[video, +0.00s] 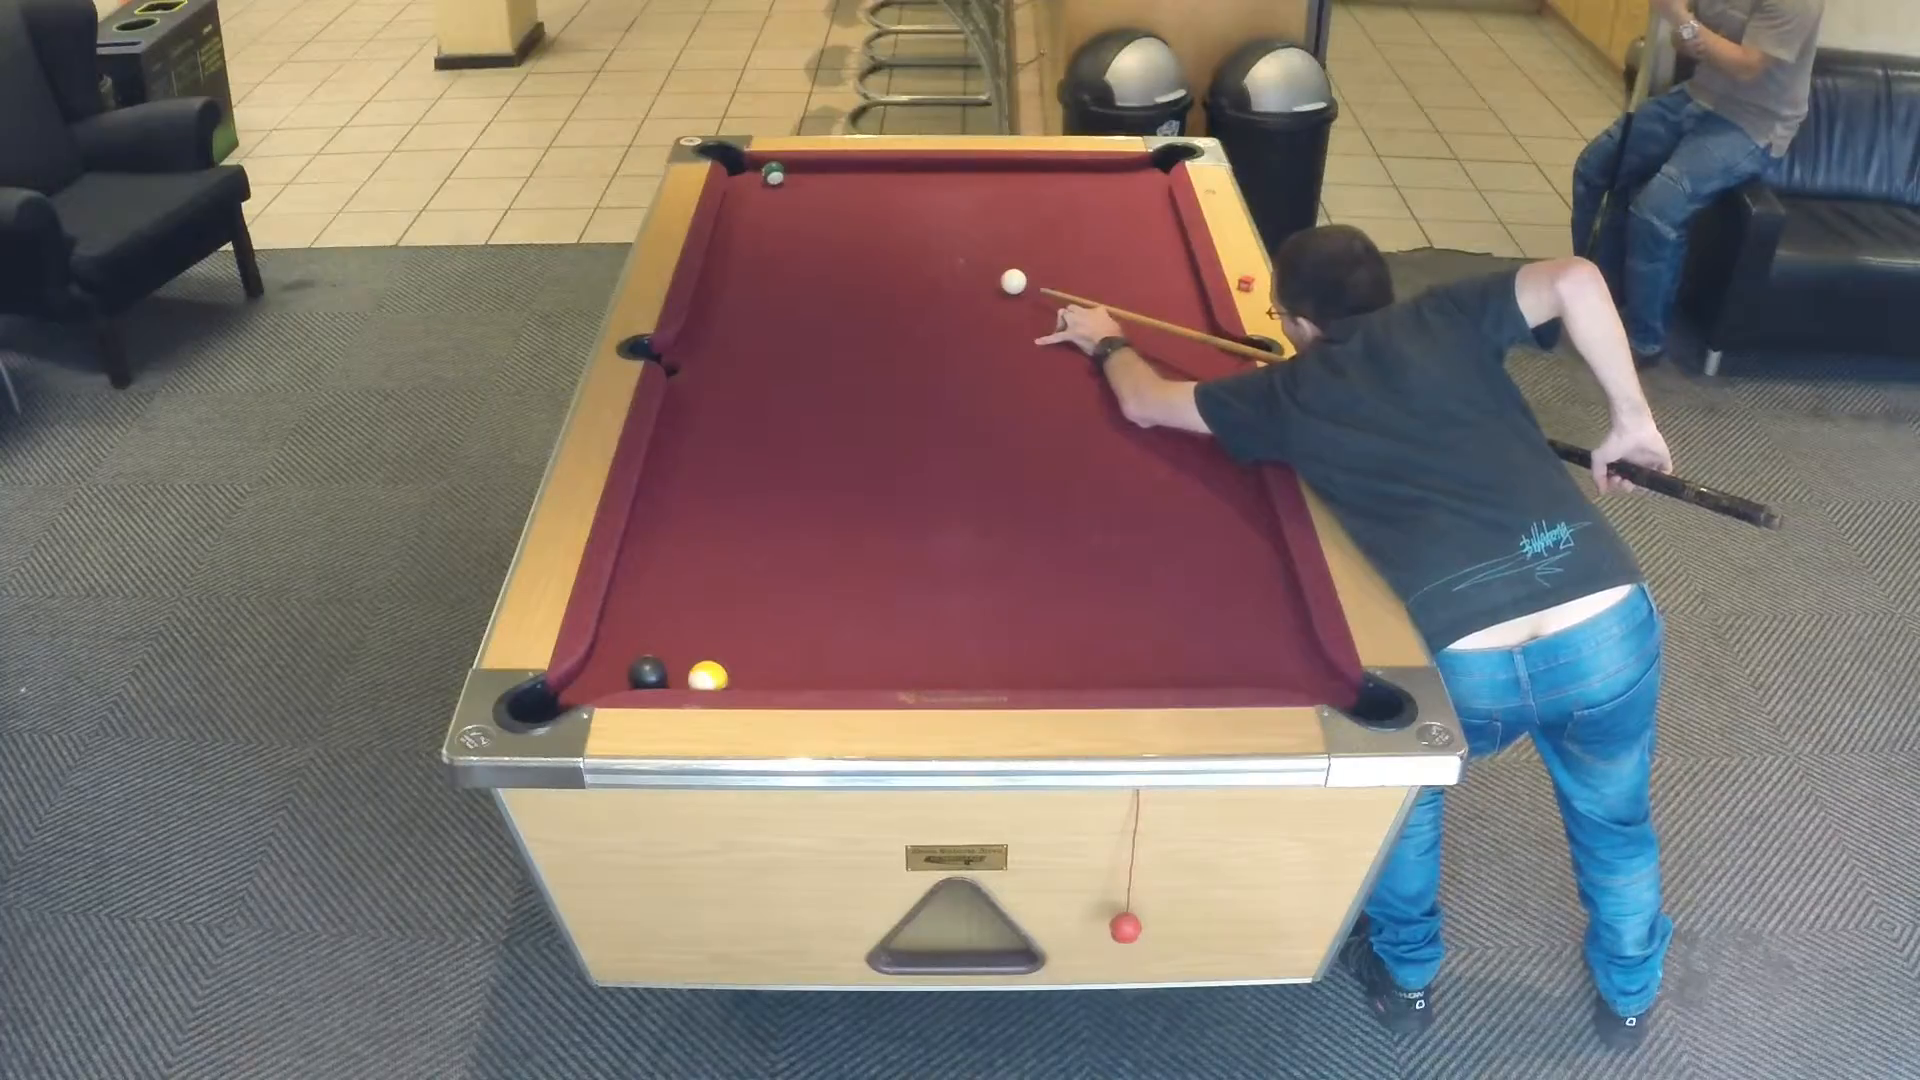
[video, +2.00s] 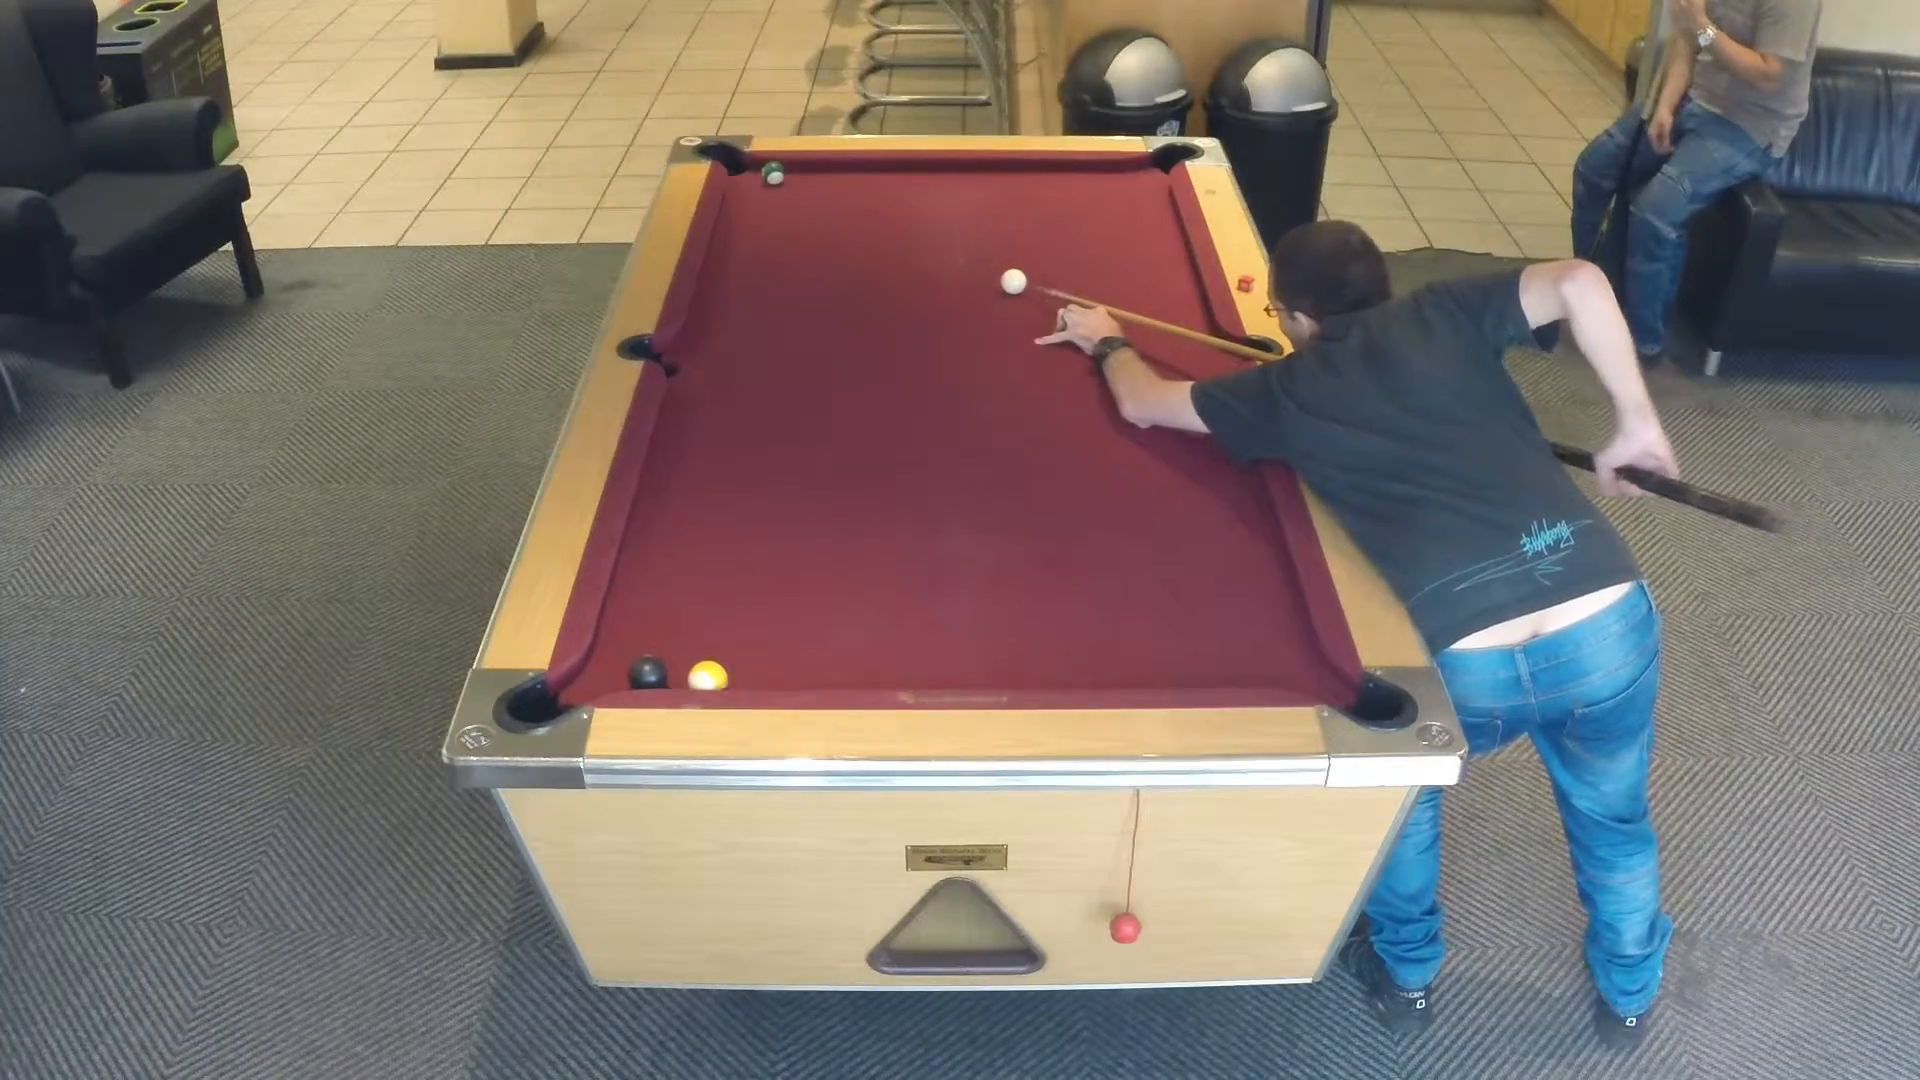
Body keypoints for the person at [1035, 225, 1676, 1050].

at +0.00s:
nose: (1281, 324)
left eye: (1283, 311)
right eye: (1281, 311)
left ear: (1300, 323)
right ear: (1386, 295)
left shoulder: (1289, 392)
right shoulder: (1451, 317)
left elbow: (1147, 401)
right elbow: (1574, 278)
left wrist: (1106, 340)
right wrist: (1635, 415)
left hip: (1468, 660)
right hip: (1607, 624)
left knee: (1401, 775)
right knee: (1617, 822)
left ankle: (1406, 971)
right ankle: (1631, 992)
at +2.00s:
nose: (1278, 318)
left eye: (1280, 306)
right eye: (1278, 306)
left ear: (1299, 318)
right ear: (1383, 290)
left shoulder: (1287, 389)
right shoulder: (1448, 313)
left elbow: (1145, 399)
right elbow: (1578, 280)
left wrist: (1106, 341)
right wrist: (1639, 416)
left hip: (1466, 659)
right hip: (1607, 622)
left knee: (1396, 771)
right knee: (1616, 820)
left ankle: (1408, 966)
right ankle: (1631, 991)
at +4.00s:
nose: (1280, 314)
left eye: (1282, 303)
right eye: (1279, 302)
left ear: (1299, 316)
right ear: (1385, 289)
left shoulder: (1286, 390)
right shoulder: (1451, 315)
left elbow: (1141, 400)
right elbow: (1589, 298)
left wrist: (1105, 343)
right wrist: (1607, 430)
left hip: (1470, 661)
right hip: (1607, 623)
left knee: (1396, 764)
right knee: (1615, 818)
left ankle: (1408, 966)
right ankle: (1631, 990)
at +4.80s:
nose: (1341, 189)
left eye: (1346, 175)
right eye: (1346, 171)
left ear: (1370, 194)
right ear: (1463, 180)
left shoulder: (1343, 300)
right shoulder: (1550, 251)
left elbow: (1277, 466)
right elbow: (1702, 385)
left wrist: (1247, 378)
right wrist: (1604, 446)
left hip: (1508, 640)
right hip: (1652, 621)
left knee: (1424, 780)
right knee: (1610, 831)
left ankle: (1404, 966)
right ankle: (1605, 1019)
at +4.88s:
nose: (1370, 167)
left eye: (1376, 154)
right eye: (1374, 150)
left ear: (1398, 176)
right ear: (1494, 163)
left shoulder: (1365, 295)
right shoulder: (1584, 245)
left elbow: (1341, 493)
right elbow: (1719, 394)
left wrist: (1374, 413)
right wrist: (1611, 453)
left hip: (1519, 637)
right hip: (1662, 621)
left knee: (1436, 792)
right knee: (1606, 841)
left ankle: (1403, 973)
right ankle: (1602, 1042)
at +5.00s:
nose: (1419, 149)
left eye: (1430, 138)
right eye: (1426, 132)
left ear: (1464, 166)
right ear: (1548, 147)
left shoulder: (1420, 297)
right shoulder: (1636, 248)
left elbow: (1416, 510)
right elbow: (1743, 423)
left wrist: (1503, 473)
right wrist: (1638, 464)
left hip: (1546, 661)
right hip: (1684, 639)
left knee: (1450, 817)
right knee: (1606, 859)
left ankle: (1402, 969)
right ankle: (1613, 1060)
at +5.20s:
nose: (1504, 176)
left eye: (1521, 161)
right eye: (1510, 155)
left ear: (1582, 182)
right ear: (1638, 176)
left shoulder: (1556, 340)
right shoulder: (1737, 285)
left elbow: (1503, 578)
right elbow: (1753, 454)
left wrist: (1470, 497)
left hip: (1597, 728)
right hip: (1723, 706)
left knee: (1473, 865)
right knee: (1622, 911)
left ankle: (1404, 985)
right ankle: (1612, 1066)